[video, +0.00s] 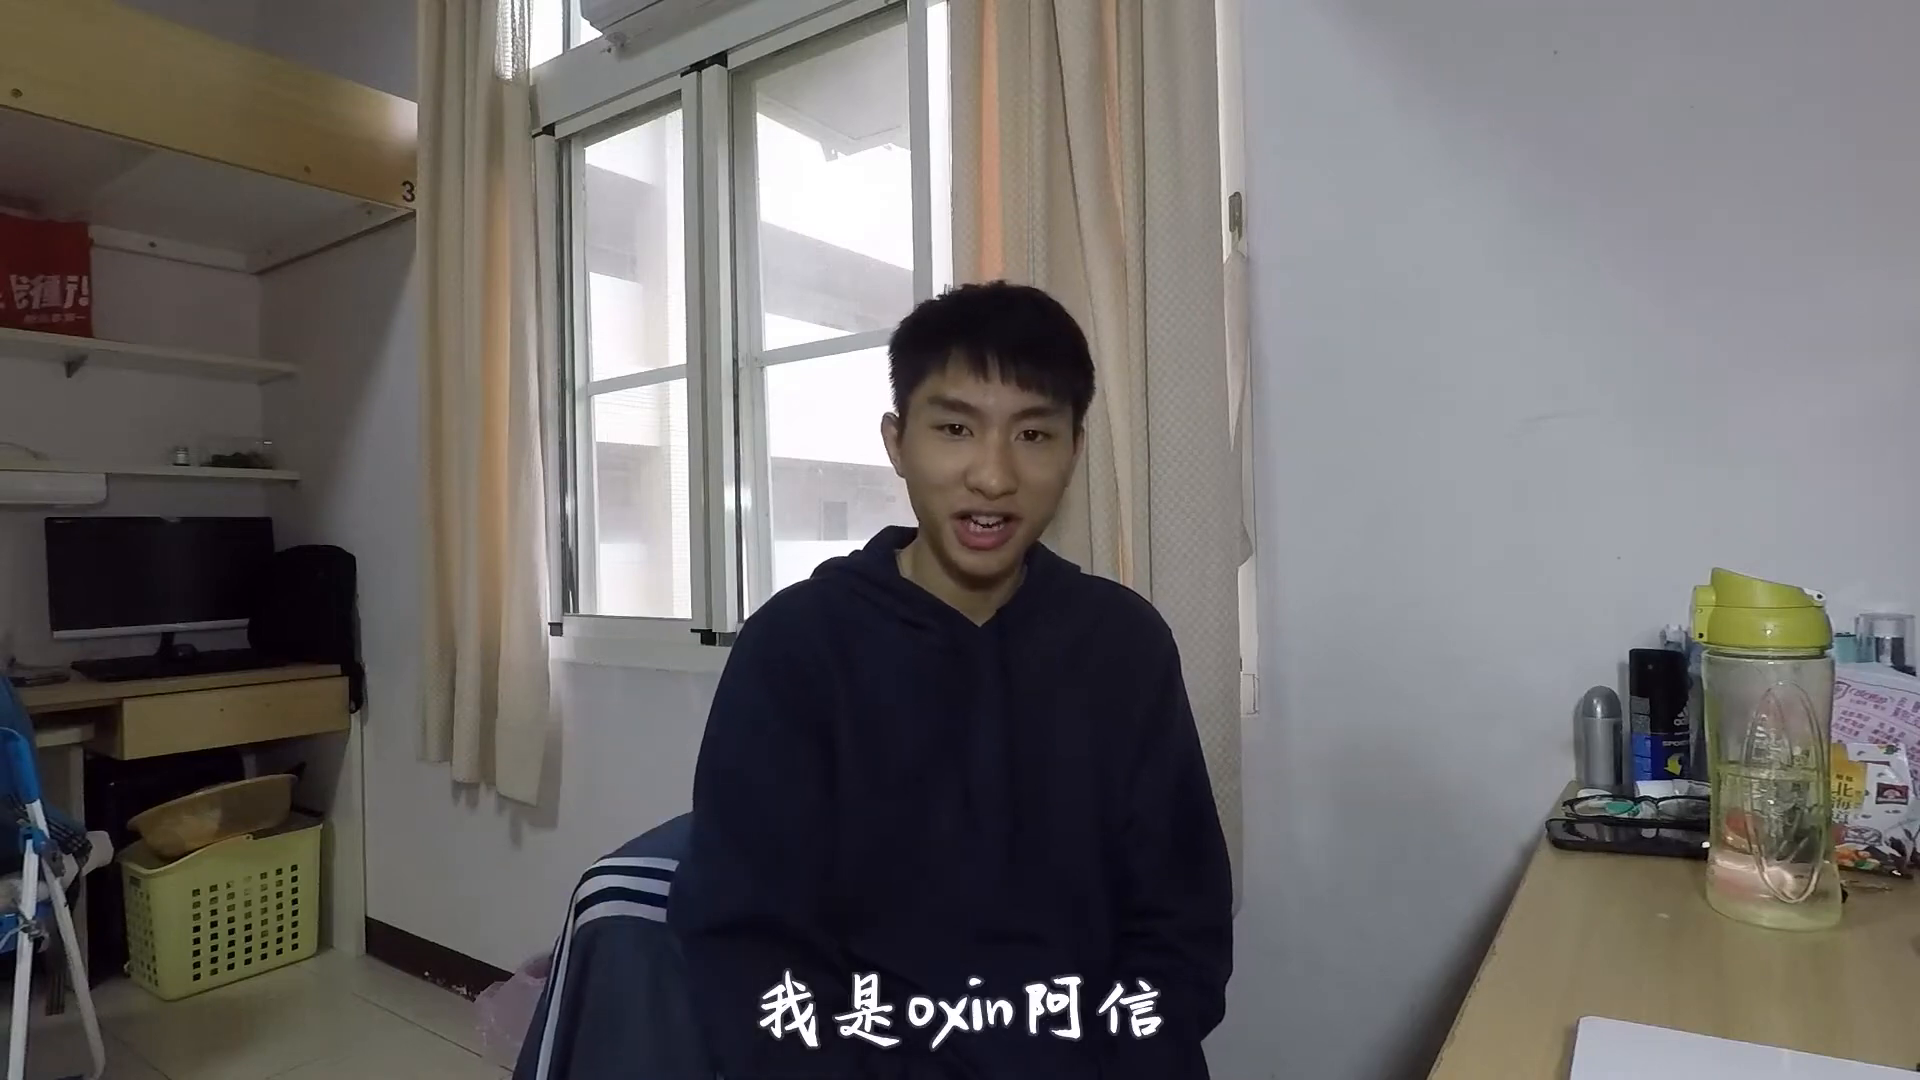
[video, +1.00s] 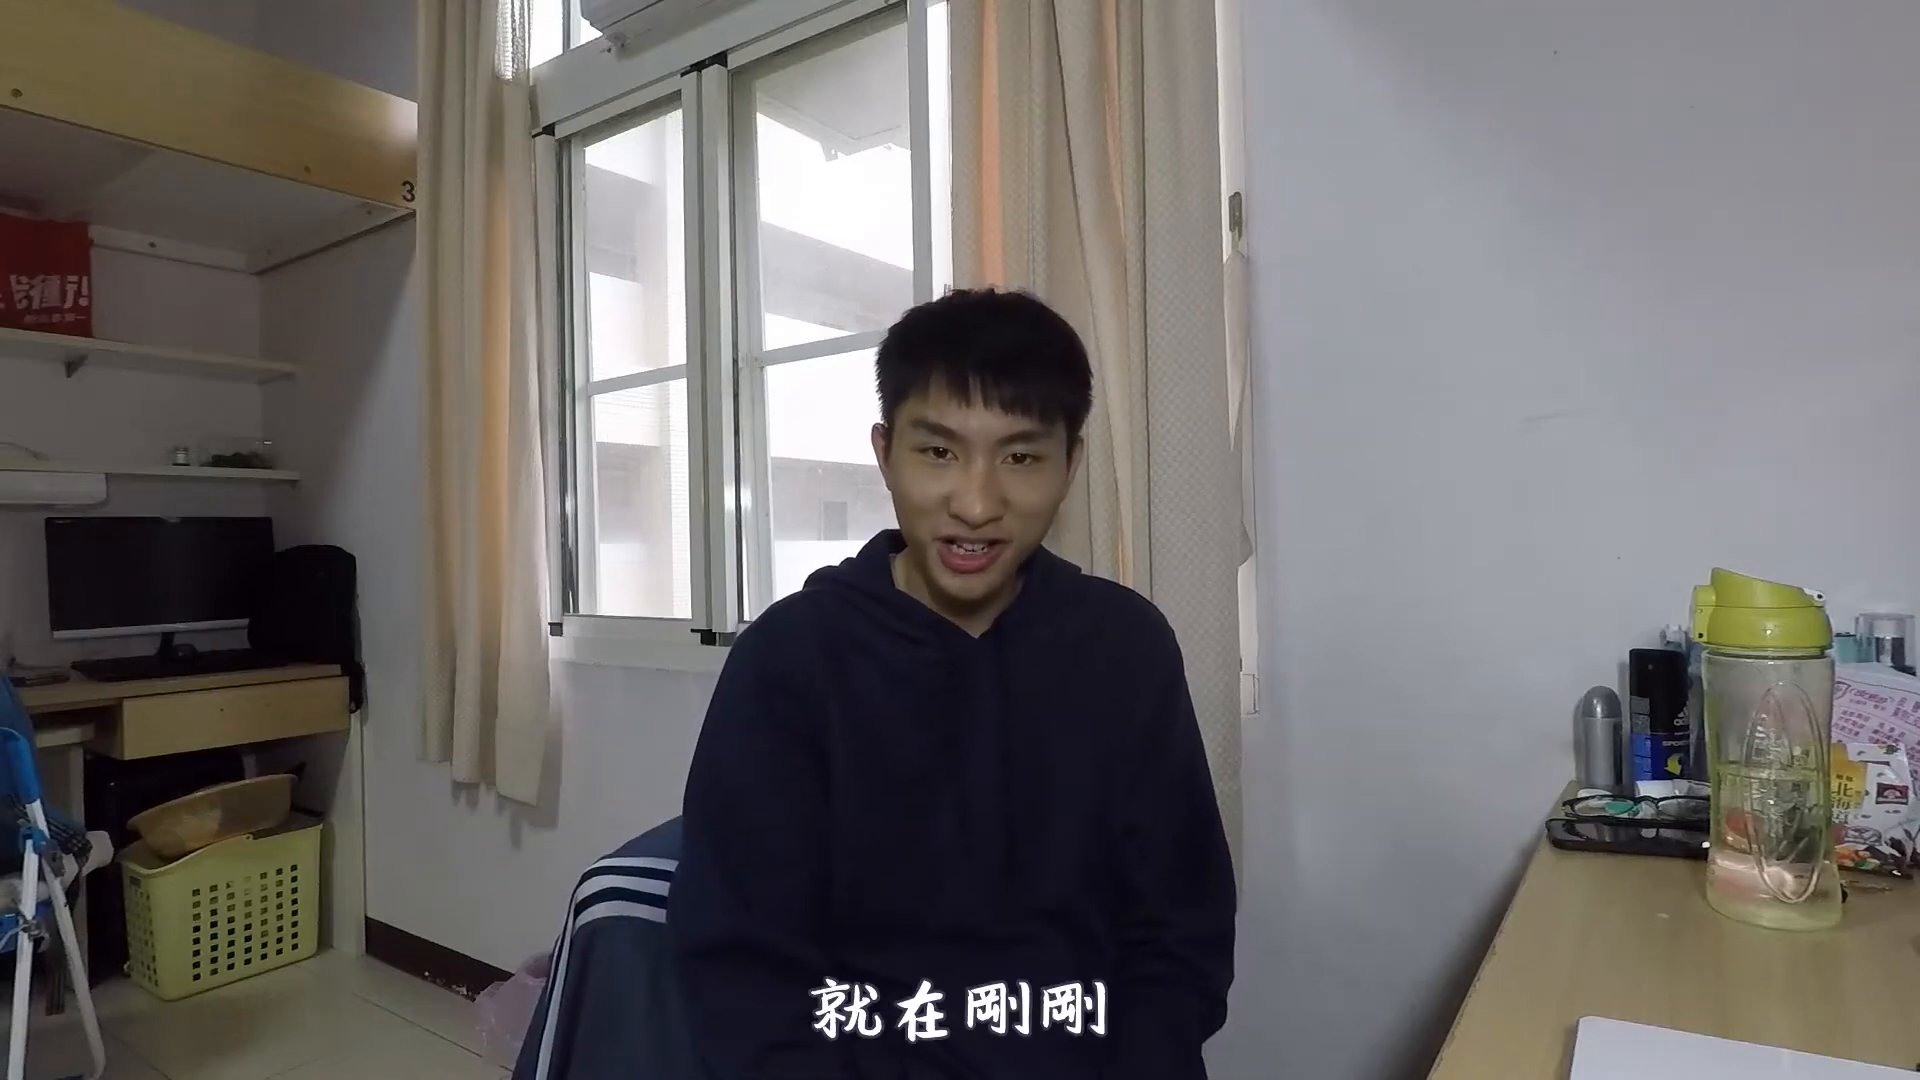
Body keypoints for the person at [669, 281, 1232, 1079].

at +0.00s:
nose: (993, 475)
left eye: (1033, 435)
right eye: (955, 430)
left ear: (1072, 455)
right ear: (896, 441)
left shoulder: (1125, 642)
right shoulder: (795, 643)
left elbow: (1186, 930)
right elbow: (737, 936)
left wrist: (1123, 1060)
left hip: (1074, 1048)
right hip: (863, 1049)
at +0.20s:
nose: (989, 489)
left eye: (1032, 446)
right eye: (950, 439)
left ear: (1072, 462)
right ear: (890, 448)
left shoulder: (1126, 645)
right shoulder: (790, 653)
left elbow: (1186, 934)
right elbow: (732, 952)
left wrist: (1130, 1060)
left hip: (1075, 1050)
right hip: (858, 1051)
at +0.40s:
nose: (986, 496)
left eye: (1029, 450)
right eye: (945, 445)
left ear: (1071, 463)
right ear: (884, 453)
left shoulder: (1128, 646)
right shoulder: (784, 660)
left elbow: (1186, 931)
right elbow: (737, 961)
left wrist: (1144, 1061)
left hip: (1081, 1051)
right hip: (860, 1054)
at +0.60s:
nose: (981, 498)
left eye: (1022, 451)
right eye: (939, 447)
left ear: (1068, 461)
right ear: (882, 455)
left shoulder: (1129, 645)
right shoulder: (785, 661)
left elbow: (1189, 929)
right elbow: (736, 961)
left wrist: (1145, 1060)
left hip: (1084, 1051)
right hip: (862, 1053)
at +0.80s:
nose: (978, 501)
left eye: (1021, 454)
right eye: (937, 450)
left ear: (1069, 463)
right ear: (882, 453)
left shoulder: (1129, 647)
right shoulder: (786, 661)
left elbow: (1188, 936)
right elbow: (731, 964)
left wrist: (1138, 1062)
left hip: (1080, 1052)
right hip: (857, 1051)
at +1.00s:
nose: (976, 504)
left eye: (1021, 457)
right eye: (937, 451)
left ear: (1069, 467)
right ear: (883, 451)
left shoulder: (1128, 648)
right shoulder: (786, 660)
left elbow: (1186, 935)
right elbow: (731, 962)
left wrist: (1138, 1062)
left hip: (1078, 1051)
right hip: (857, 1051)